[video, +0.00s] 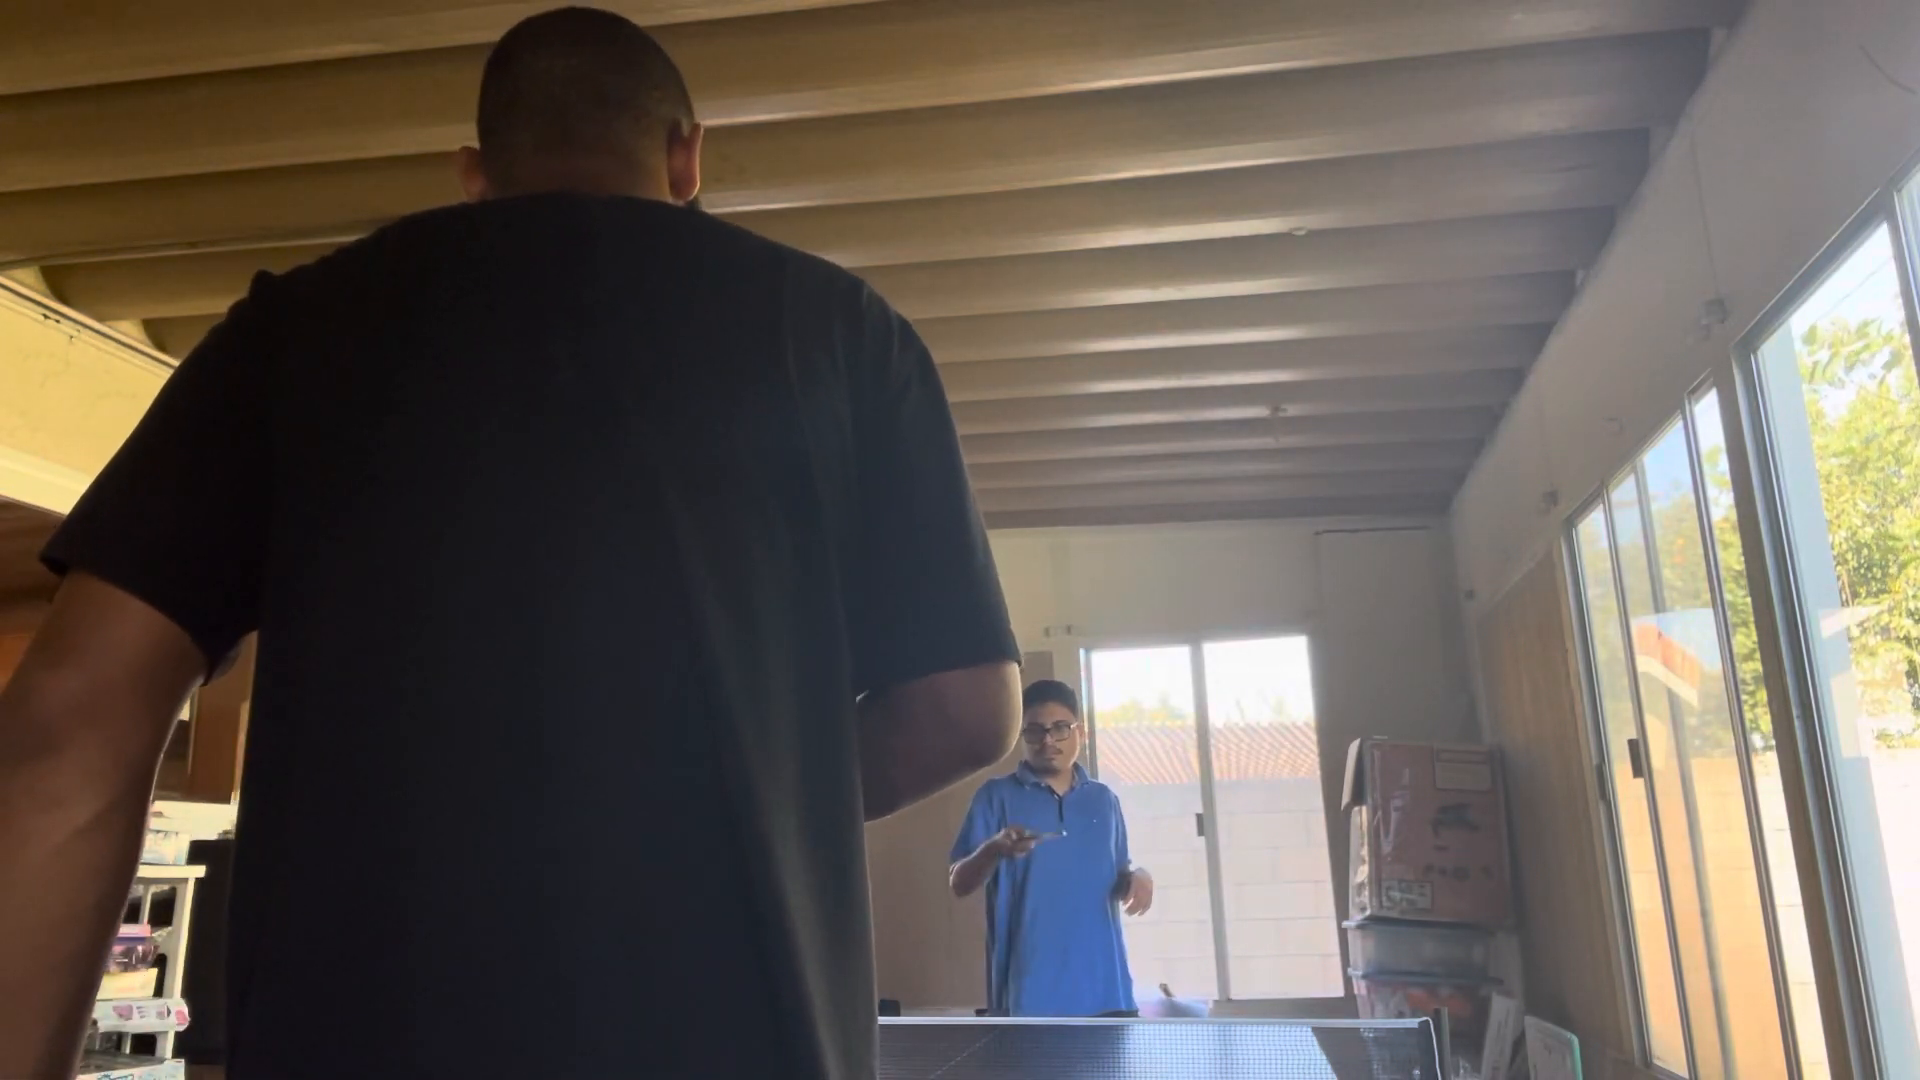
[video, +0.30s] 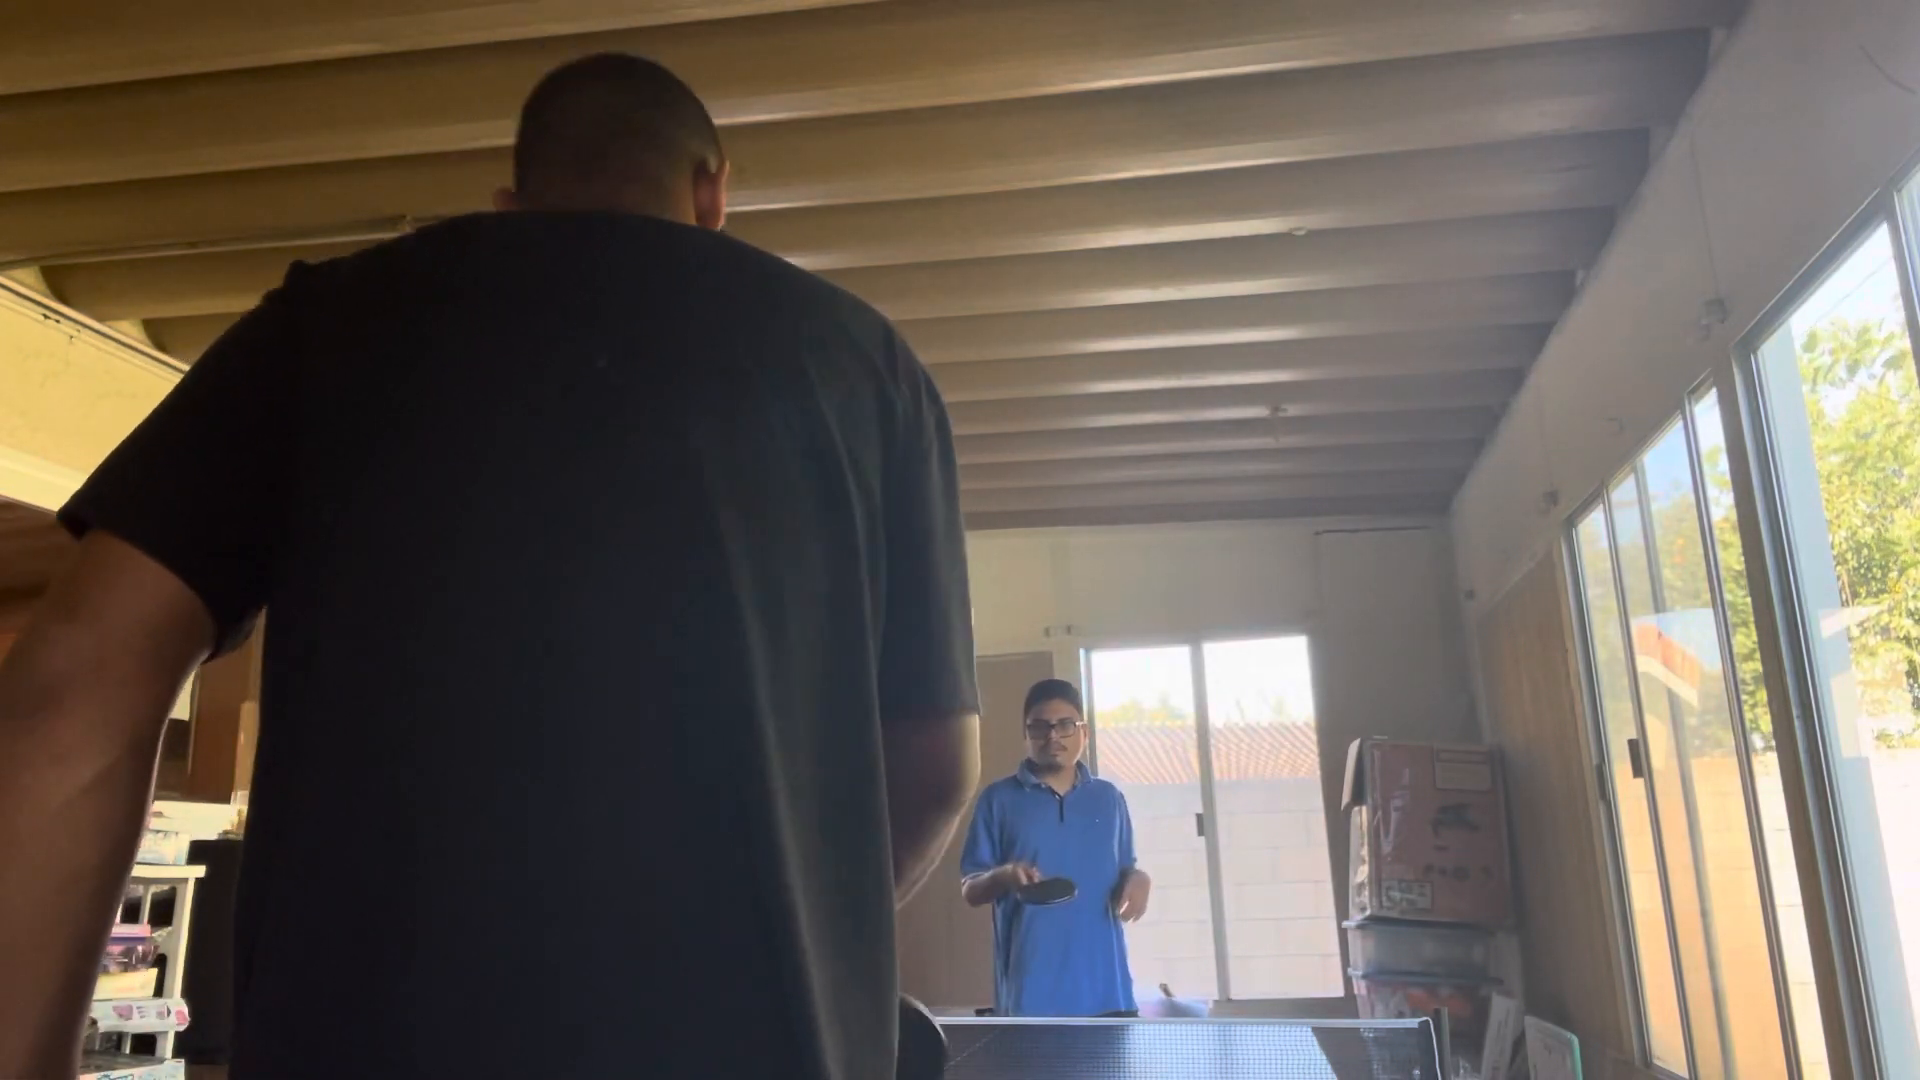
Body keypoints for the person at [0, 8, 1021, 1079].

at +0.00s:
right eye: (699, 166)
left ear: (474, 167)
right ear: (689, 163)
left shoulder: (303, 322)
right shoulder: (836, 321)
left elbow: (71, 712)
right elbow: (961, 710)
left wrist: (34, 1051)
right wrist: (749, 802)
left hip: (354, 1030)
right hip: (733, 1032)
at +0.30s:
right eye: (731, 198)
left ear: (507, 187)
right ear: (713, 192)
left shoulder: (334, 313)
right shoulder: (861, 354)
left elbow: (77, 673)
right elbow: (932, 775)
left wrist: (35, 1050)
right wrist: (803, 959)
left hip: (366, 1034)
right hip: (764, 1044)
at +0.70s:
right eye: (785, 253)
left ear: (586, 231)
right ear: (771, 245)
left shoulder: (404, 324)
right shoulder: (899, 353)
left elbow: (142, 620)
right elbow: (1031, 681)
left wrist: (72, 1040)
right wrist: (870, 859)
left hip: (412, 1028)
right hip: (798, 1041)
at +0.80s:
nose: (786, 260)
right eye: (791, 246)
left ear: (592, 225)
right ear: (782, 246)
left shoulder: (409, 328)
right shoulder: (894, 333)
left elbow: (149, 642)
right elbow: (1072, 582)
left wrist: (104, 1048)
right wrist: (911, 789)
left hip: (429, 1025)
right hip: (824, 1030)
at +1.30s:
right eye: (818, 233)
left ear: (626, 224)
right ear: (815, 234)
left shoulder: (447, 333)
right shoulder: (934, 333)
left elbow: (182, 678)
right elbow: (1120, 655)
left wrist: (222, 1056)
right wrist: (984, 650)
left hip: (483, 1039)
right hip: (872, 1041)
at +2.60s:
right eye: (815, 219)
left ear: (613, 220)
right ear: (807, 217)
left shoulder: (453, 348)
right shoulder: (938, 347)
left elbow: (218, 684)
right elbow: (1072, 695)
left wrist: (207, 1057)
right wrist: (972, 760)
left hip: (485, 1035)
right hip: (842, 1040)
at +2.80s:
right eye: (801, 225)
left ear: (595, 227)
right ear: (789, 230)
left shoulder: (439, 348)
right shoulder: (929, 365)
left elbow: (208, 666)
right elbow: (1016, 733)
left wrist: (188, 1051)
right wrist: (854, 834)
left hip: (472, 1028)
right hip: (840, 1032)